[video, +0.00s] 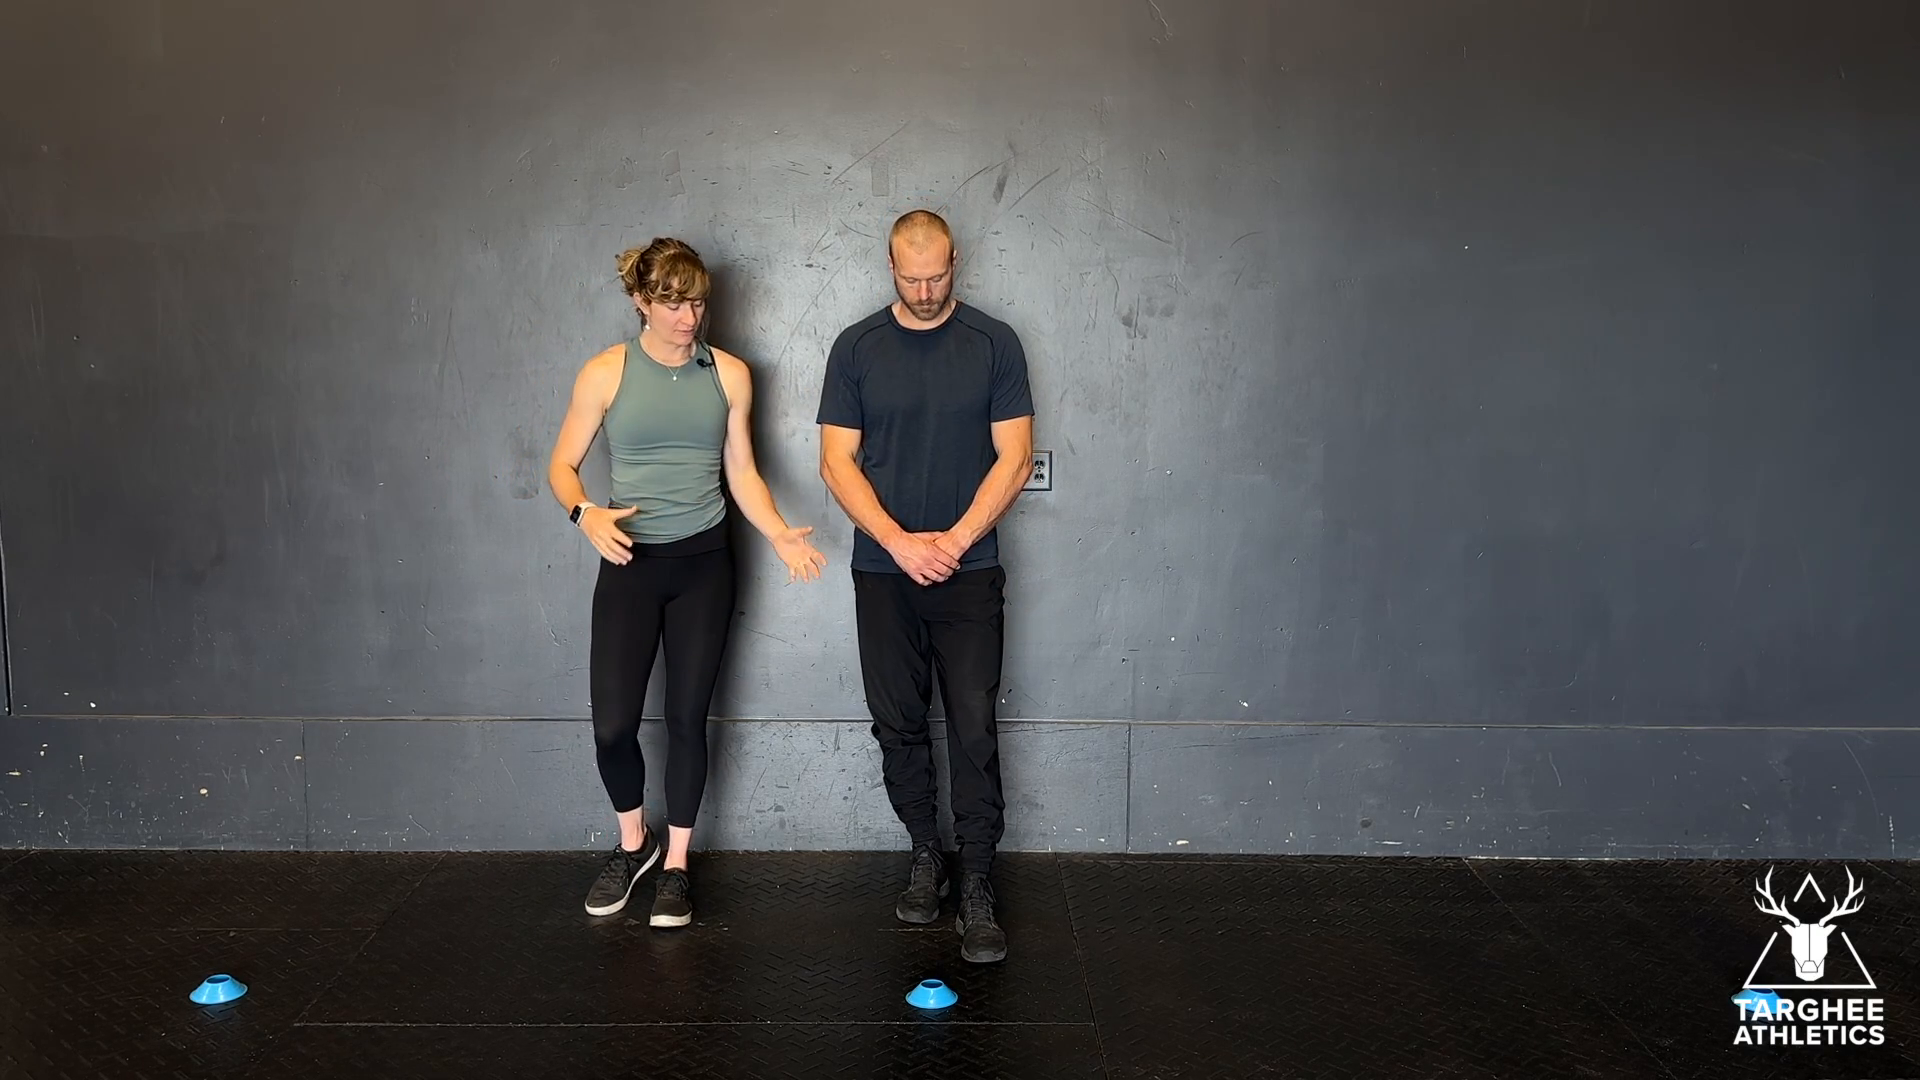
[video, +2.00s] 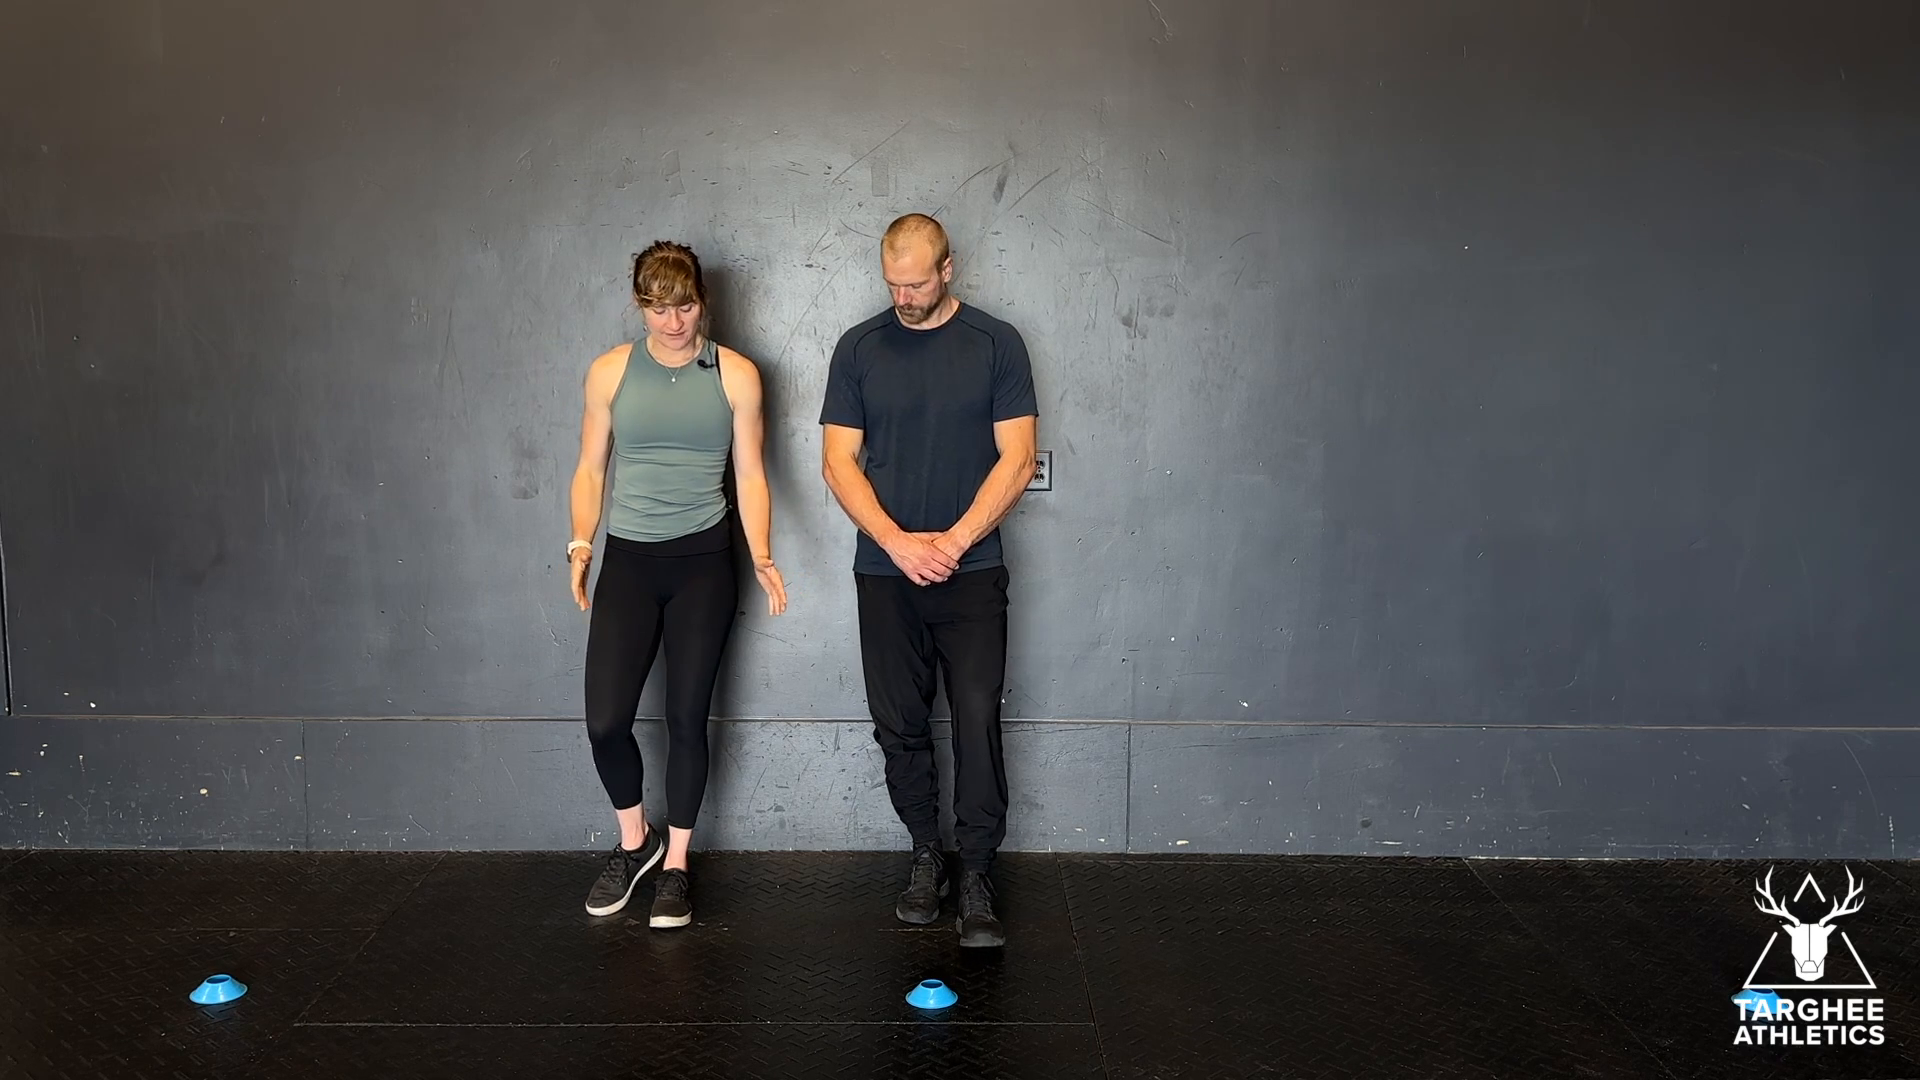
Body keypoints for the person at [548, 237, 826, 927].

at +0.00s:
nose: (688, 315)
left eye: (696, 301)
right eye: (673, 303)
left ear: (704, 299)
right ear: (642, 302)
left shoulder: (728, 373)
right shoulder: (606, 373)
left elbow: (741, 468)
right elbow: (562, 466)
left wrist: (780, 534)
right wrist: (584, 513)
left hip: (705, 561)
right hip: (628, 564)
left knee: (687, 716)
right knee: (612, 725)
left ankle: (675, 867)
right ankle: (635, 844)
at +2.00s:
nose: (673, 322)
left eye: (683, 309)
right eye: (660, 310)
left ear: (701, 303)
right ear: (641, 307)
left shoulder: (735, 374)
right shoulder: (610, 371)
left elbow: (750, 473)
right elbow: (591, 467)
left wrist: (761, 556)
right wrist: (581, 546)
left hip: (704, 561)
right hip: (626, 562)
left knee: (688, 715)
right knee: (605, 720)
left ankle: (677, 865)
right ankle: (635, 841)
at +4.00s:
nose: (685, 311)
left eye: (693, 298)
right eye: (670, 299)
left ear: (701, 300)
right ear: (639, 302)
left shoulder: (725, 374)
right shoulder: (604, 378)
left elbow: (746, 471)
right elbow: (568, 484)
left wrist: (782, 524)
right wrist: (569, 575)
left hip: (710, 565)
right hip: (633, 570)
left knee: (733, 722)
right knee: (634, 724)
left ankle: (734, 869)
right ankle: (635, 871)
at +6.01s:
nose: (607, 317)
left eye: (623, 305)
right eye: (598, 305)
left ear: (657, 313)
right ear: (590, 313)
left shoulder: (688, 401)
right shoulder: (567, 392)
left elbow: (712, 510)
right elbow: (512, 495)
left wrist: (726, 617)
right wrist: (449, 585)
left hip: (638, 589)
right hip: (559, 588)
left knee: (697, 745)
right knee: (522, 739)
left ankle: (777, 889)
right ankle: (505, 892)